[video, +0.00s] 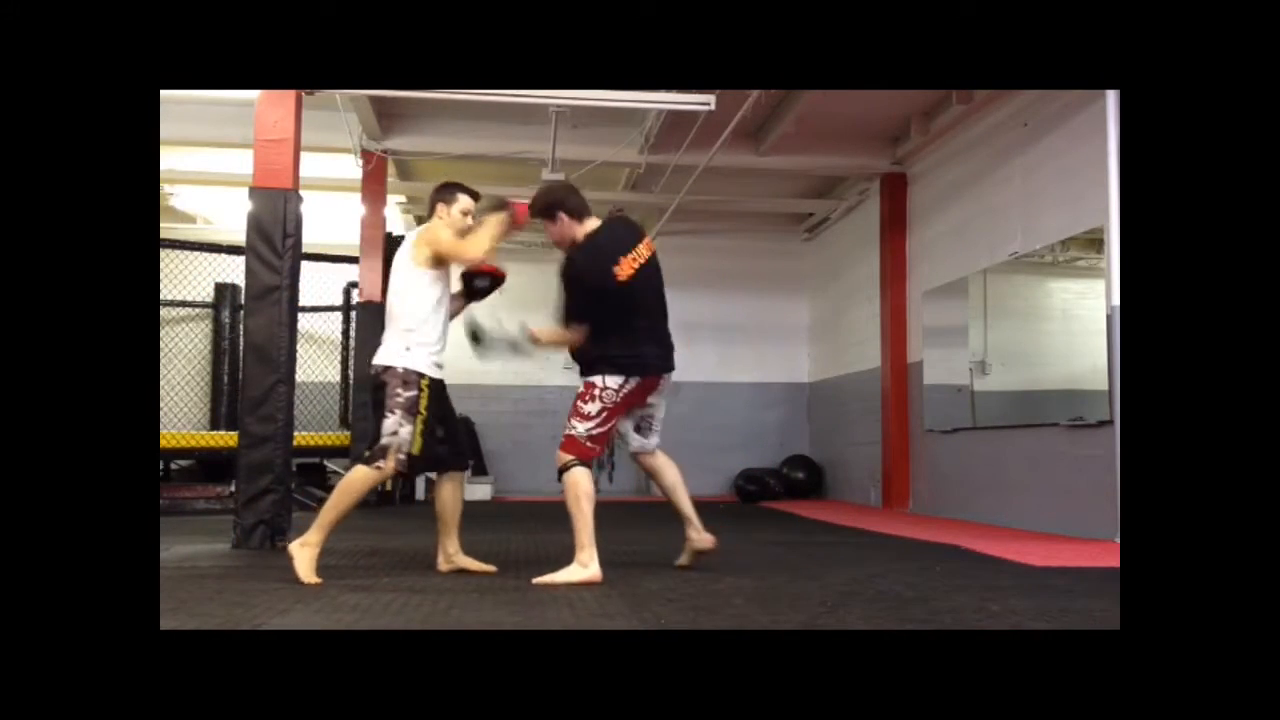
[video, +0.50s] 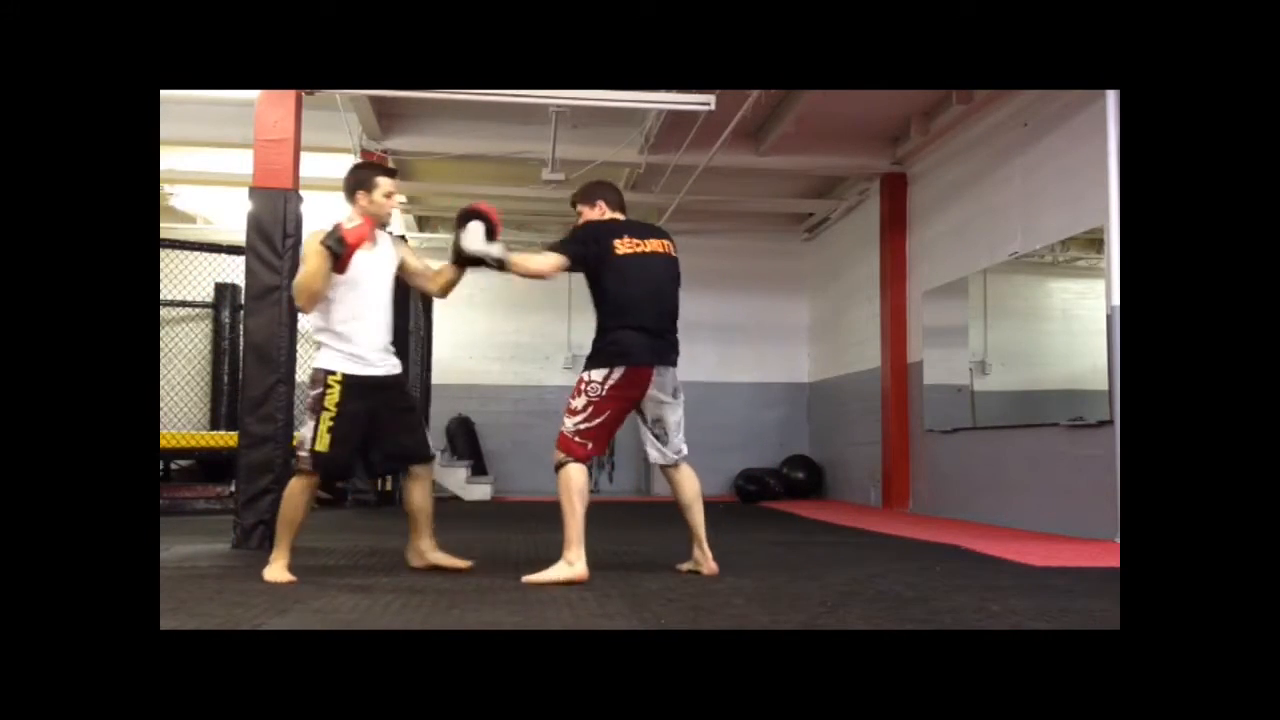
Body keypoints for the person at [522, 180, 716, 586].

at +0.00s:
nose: (547, 236)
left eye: (547, 226)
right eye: (545, 226)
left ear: (563, 218)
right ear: (575, 212)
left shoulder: (580, 263)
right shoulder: (626, 227)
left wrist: (545, 336)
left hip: (616, 368)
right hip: (656, 361)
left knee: (573, 456)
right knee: (646, 450)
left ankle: (585, 561)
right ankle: (696, 532)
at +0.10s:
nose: (550, 226)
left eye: (549, 216)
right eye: (547, 217)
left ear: (566, 207)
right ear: (588, 202)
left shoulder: (571, 249)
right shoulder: (633, 220)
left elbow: (536, 307)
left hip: (616, 364)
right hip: (659, 359)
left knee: (576, 454)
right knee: (647, 449)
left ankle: (586, 561)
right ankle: (694, 535)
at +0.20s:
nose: (560, 222)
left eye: (560, 213)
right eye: (558, 214)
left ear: (577, 202)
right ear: (596, 199)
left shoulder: (583, 238)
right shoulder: (644, 225)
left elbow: (558, 307)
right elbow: (636, 285)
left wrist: (547, 279)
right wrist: (577, 268)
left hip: (616, 359)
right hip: (658, 357)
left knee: (576, 452)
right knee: (660, 455)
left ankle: (585, 559)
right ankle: (703, 548)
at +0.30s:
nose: (575, 228)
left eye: (576, 218)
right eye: (574, 219)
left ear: (596, 210)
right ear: (611, 209)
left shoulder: (604, 240)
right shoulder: (655, 237)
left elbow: (590, 299)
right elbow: (643, 298)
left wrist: (553, 306)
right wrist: (576, 298)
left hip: (621, 361)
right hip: (665, 362)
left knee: (560, 444)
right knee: (668, 458)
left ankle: (573, 542)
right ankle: (703, 553)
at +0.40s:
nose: (582, 228)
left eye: (584, 220)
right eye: (581, 221)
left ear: (603, 212)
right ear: (620, 212)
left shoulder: (605, 236)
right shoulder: (662, 240)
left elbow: (587, 276)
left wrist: (525, 295)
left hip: (622, 358)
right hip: (668, 363)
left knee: (563, 448)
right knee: (673, 459)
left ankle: (567, 550)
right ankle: (704, 554)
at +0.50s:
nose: (578, 220)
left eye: (579, 213)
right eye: (577, 214)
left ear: (600, 206)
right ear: (616, 206)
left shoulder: (594, 232)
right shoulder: (661, 237)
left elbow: (545, 266)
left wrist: (496, 255)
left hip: (617, 356)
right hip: (664, 360)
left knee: (571, 452)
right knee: (673, 458)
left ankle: (573, 559)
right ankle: (703, 553)